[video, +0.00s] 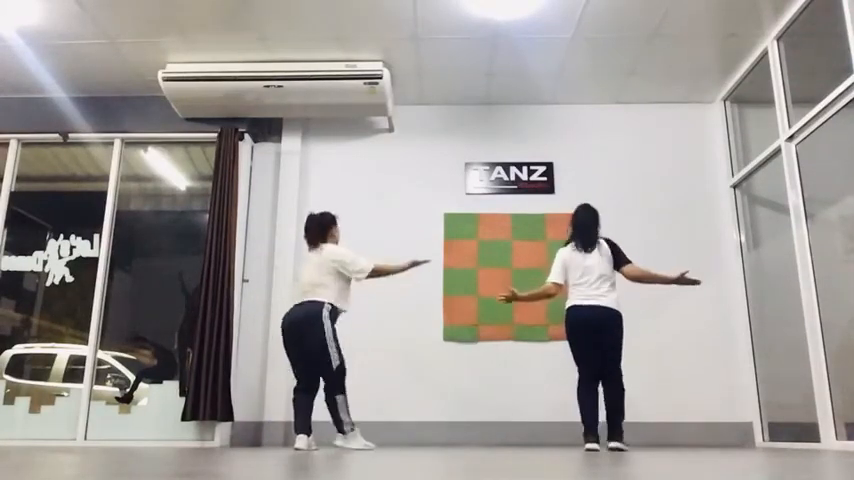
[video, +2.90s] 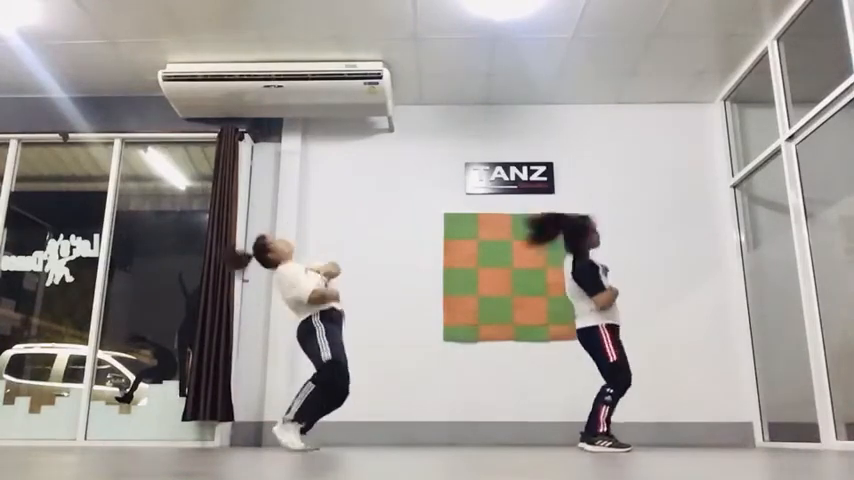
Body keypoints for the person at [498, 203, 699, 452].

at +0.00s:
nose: (575, 225)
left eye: (573, 221)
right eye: (592, 222)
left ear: (573, 225)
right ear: (597, 224)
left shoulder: (565, 252)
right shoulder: (608, 247)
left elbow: (552, 289)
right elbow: (633, 273)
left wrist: (520, 297)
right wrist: (672, 279)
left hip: (577, 315)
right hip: (609, 315)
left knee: (587, 375)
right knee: (612, 374)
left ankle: (591, 437)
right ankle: (615, 437)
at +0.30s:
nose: (610, 231)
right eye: (609, 228)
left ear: (582, 228)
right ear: (606, 228)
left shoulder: (571, 252)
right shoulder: (611, 246)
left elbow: (555, 287)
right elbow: (639, 271)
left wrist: (535, 300)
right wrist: (680, 275)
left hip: (584, 324)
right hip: (612, 321)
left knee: (609, 373)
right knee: (619, 375)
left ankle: (606, 431)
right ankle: (607, 434)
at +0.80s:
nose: (605, 228)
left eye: (604, 223)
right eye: (603, 224)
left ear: (580, 228)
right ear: (595, 225)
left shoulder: (573, 256)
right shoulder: (600, 246)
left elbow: (572, 295)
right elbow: (615, 270)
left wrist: (565, 313)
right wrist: (649, 271)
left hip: (583, 319)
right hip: (606, 317)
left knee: (601, 375)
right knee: (619, 374)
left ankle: (591, 433)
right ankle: (601, 428)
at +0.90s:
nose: (606, 232)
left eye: (605, 227)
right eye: (604, 227)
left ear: (583, 230)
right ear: (595, 228)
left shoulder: (573, 255)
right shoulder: (597, 248)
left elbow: (572, 292)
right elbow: (611, 272)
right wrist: (646, 274)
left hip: (583, 323)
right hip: (606, 321)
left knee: (602, 377)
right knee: (629, 372)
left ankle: (592, 434)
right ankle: (618, 430)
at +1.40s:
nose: (612, 225)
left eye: (610, 221)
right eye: (608, 221)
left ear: (596, 226)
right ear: (599, 225)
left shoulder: (593, 246)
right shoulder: (597, 242)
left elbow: (590, 272)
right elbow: (592, 264)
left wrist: (609, 276)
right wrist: (612, 273)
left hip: (594, 315)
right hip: (591, 315)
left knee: (602, 374)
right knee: (605, 373)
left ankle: (595, 433)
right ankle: (599, 433)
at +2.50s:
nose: (617, 254)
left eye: (618, 250)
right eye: (616, 249)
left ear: (595, 244)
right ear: (605, 243)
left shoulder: (578, 263)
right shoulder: (604, 258)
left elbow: (579, 297)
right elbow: (616, 290)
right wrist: (611, 307)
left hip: (577, 330)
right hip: (593, 329)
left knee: (611, 379)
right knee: (623, 378)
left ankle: (592, 433)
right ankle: (599, 433)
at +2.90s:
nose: (598, 234)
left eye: (595, 230)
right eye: (593, 231)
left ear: (580, 238)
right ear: (583, 237)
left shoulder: (582, 263)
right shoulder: (583, 265)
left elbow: (598, 297)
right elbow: (601, 301)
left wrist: (605, 289)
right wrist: (613, 290)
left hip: (599, 325)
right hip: (596, 326)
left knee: (618, 379)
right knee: (619, 379)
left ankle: (595, 432)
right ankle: (597, 434)